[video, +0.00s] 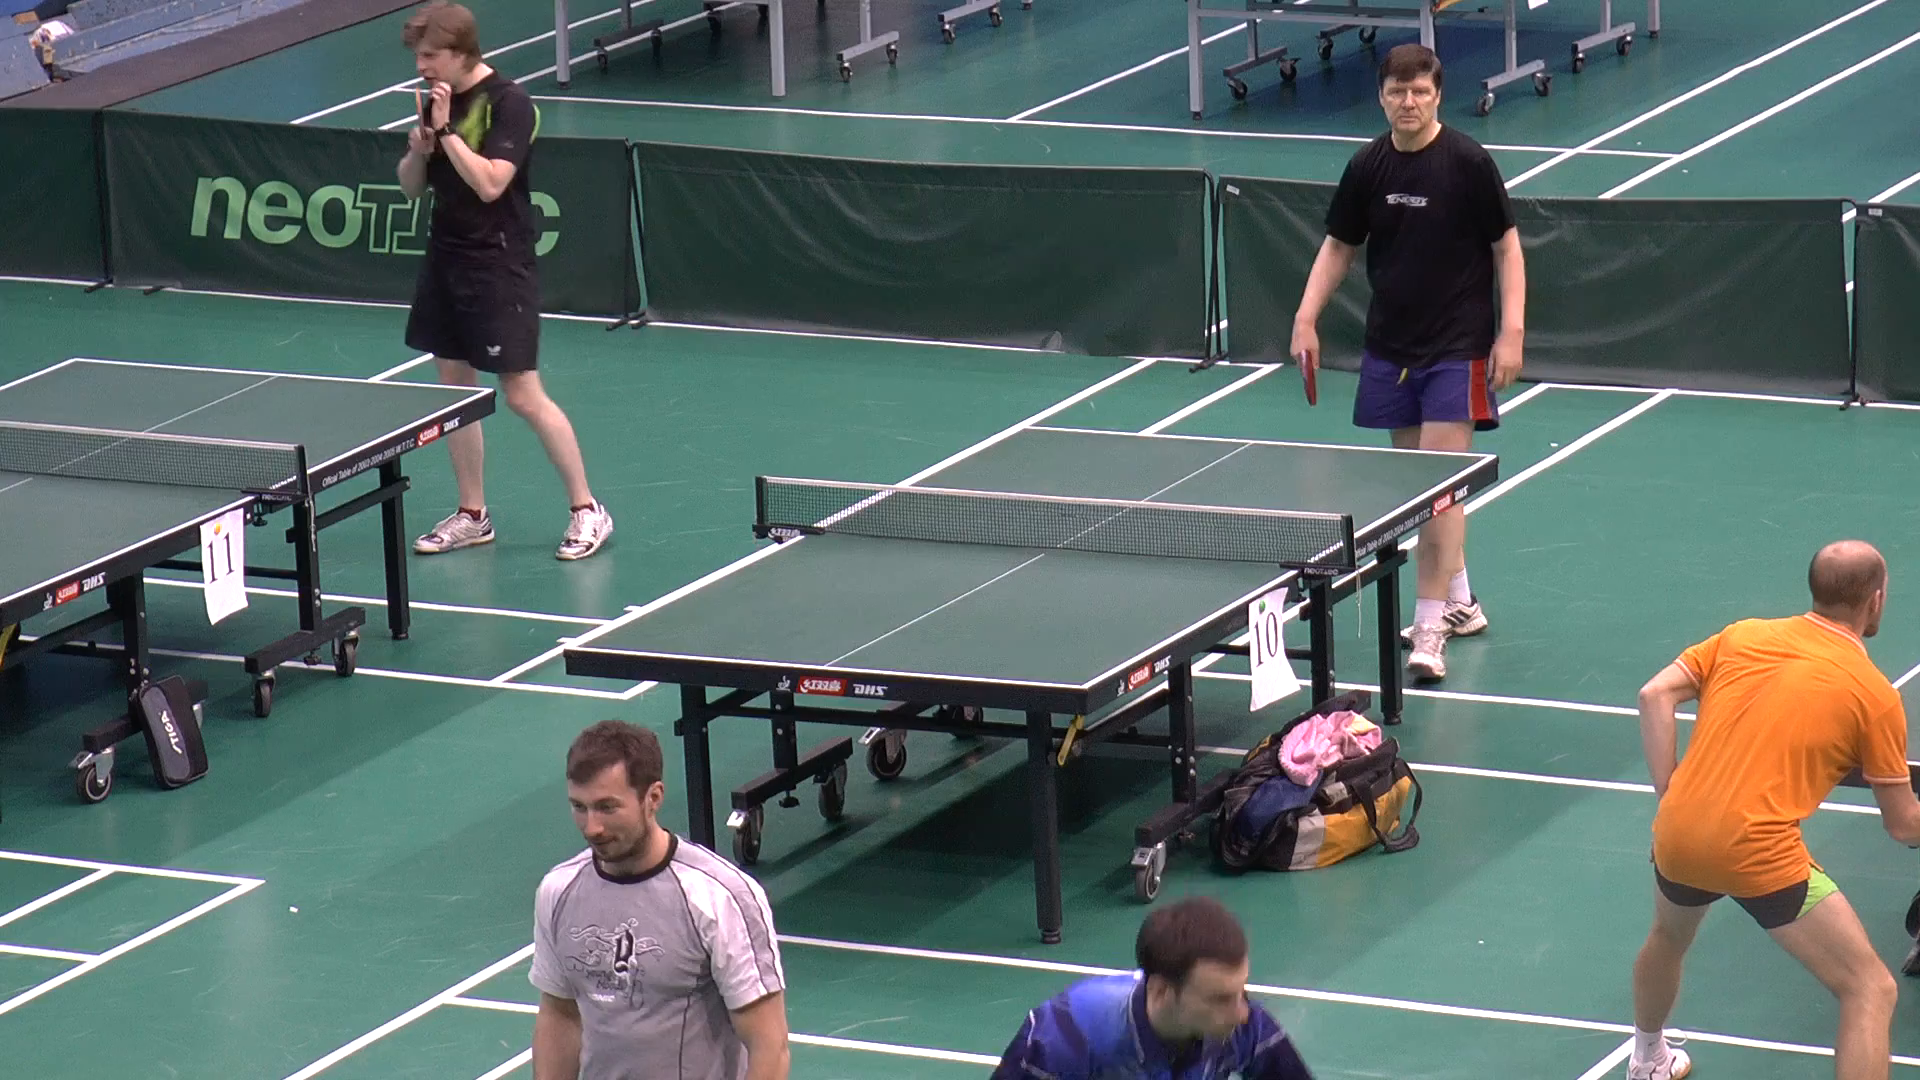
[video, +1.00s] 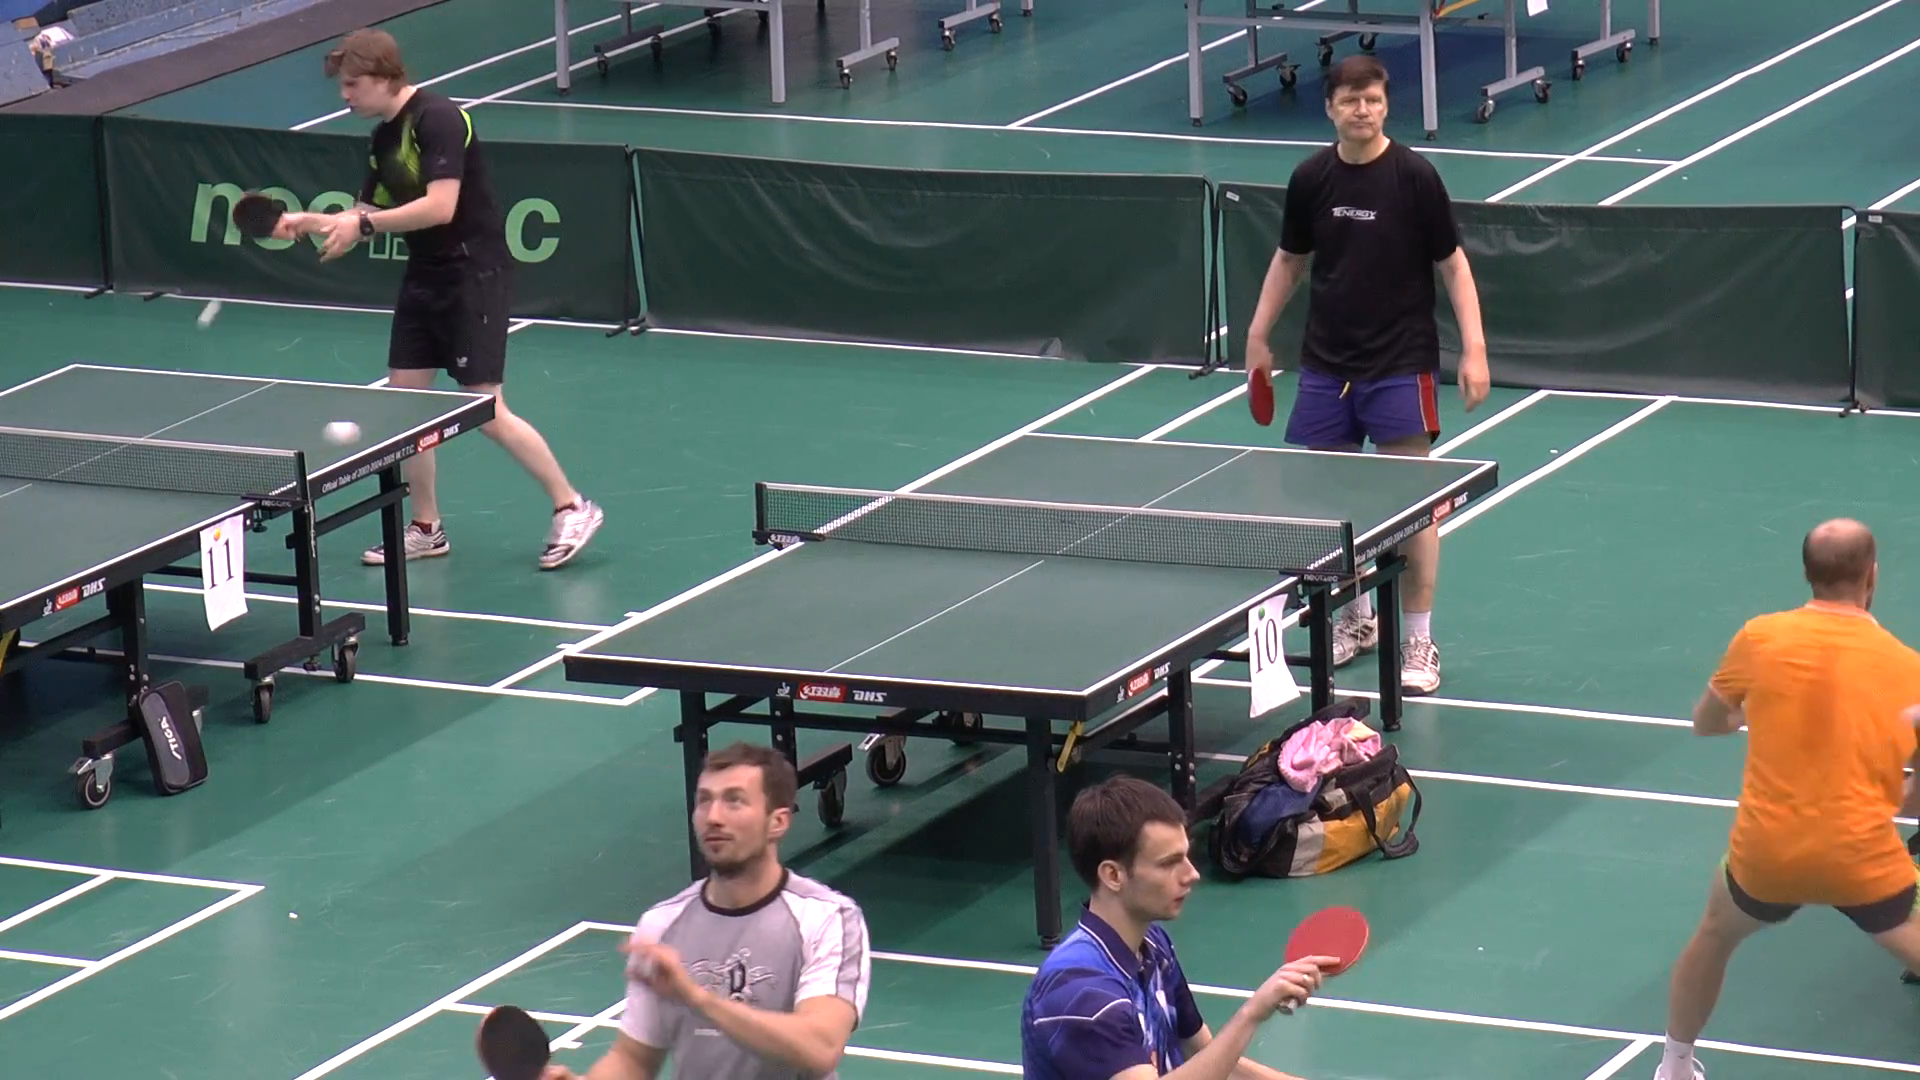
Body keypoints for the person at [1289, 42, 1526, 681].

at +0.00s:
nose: (1408, 102)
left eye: (1419, 91)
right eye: (1397, 92)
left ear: (1438, 95)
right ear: (1383, 97)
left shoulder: (1470, 163)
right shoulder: (1366, 167)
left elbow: (1507, 248)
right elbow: (1337, 247)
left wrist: (1512, 333)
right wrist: (1305, 316)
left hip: (1457, 345)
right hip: (1389, 346)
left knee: (1436, 484)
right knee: (1420, 484)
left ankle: (1429, 625)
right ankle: (1459, 599)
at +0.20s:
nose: (1404, 108)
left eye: (1416, 98)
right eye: (1394, 97)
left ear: (1434, 102)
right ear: (1379, 101)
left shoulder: (1458, 173)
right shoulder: (1369, 163)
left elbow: (1491, 264)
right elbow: (1352, 243)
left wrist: (1505, 351)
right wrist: (1324, 312)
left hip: (1439, 356)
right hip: (1379, 352)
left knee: (1432, 490)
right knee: (1400, 484)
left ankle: (1422, 630)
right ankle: (1451, 591)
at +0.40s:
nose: (1402, 120)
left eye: (1414, 110)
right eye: (1392, 110)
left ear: (1431, 112)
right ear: (1375, 112)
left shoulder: (1449, 181)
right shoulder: (1369, 167)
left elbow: (1483, 279)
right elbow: (1364, 244)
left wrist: (1479, 374)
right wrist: (1341, 304)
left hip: (1427, 370)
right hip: (1365, 359)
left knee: (1427, 498)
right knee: (1345, 472)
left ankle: (1421, 635)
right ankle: (1435, 568)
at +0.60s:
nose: (1399, 124)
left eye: (1410, 114)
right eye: (1387, 114)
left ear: (1426, 114)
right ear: (1370, 115)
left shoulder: (1444, 182)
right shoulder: (1360, 168)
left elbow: (1475, 282)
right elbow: (1354, 246)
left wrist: (1450, 364)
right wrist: (1327, 307)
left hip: (1415, 372)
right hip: (1352, 361)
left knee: (1426, 501)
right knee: (1325, 476)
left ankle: (1423, 636)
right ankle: (1371, 597)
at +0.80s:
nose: (1387, 117)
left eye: (1398, 107)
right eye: (1376, 106)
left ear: (1413, 111)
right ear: (1356, 111)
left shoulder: (1433, 181)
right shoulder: (1339, 175)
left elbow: (1470, 273)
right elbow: (1323, 254)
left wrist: (1453, 349)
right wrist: (1290, 327)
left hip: (1407, 373)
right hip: (1337, 367)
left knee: (1420, 503)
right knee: (1322, 490)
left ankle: (1422, 638)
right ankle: (1353, 608)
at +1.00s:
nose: (1361, 108)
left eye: (1372, 98)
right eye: (1349, 99)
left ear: (1387, 104)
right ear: (1330, 107)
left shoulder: (1416, 176)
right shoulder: (1310, 177)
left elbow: (1454, 265)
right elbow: (1288, 259)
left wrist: (1474, 348)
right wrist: (1256, 332)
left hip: (1400, 365)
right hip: (1325, 366)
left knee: (1414, 501)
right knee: (1310, 492)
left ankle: (1418, 636)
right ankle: (1357, 610)